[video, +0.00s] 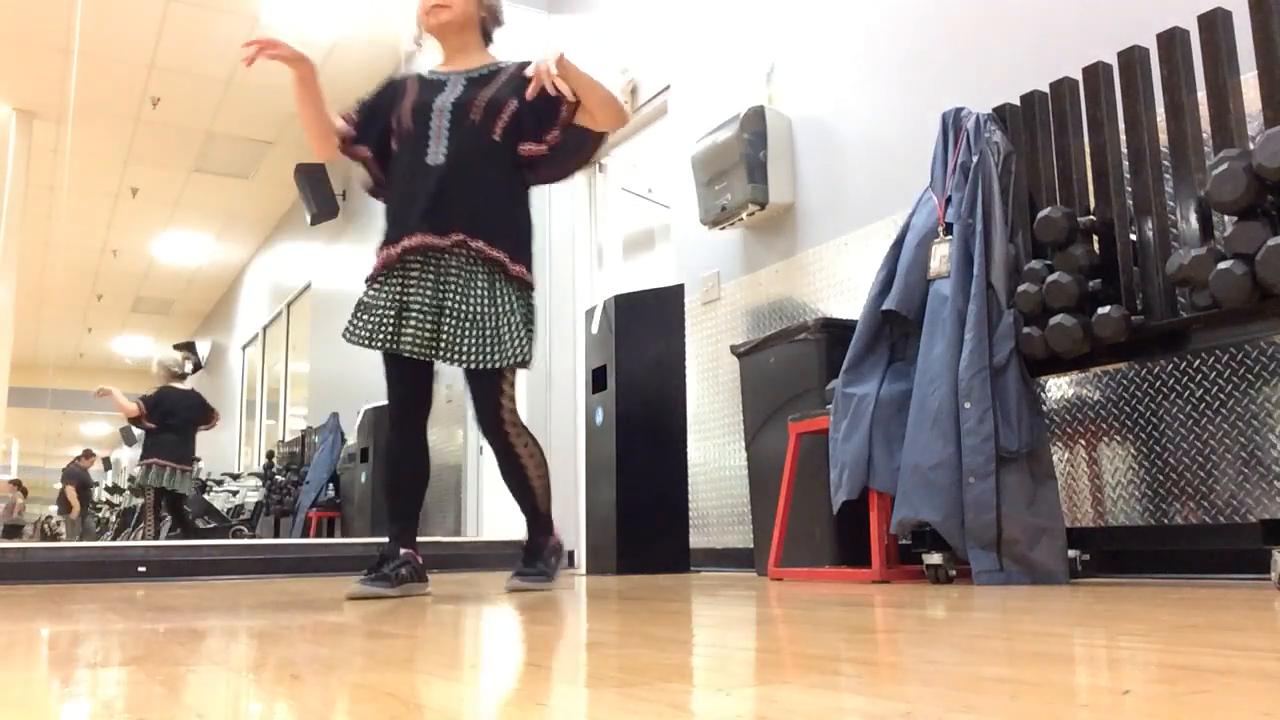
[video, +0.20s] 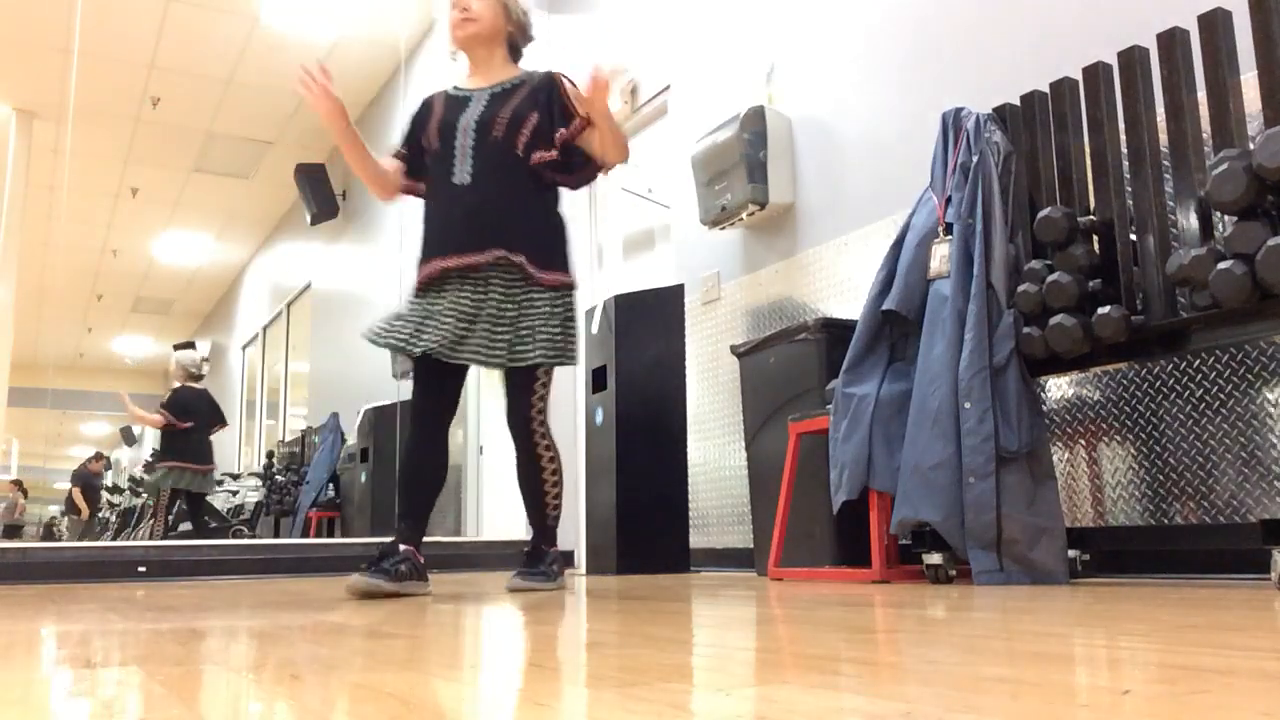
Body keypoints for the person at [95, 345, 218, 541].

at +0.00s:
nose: (156, 372)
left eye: (158, 369)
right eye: (157, 368)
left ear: (164, 371)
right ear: (182, 372)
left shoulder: (162, 394)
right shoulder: (195, 397)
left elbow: (132, 410)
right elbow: (213, 419)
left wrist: (113, 392)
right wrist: (190, 426)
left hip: (156, 462)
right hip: (183, 463)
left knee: (151, 510)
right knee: (177, 509)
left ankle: (147, 555)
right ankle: (195, 544)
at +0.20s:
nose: (171, 369)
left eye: (174, 366)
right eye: (173, 365)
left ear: (180, 370)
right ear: (197, 370)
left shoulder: (180, 393)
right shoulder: (204, 394)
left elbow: (160, 421)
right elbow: (220, 422)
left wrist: (133, 410)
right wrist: (199, 433)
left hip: (176, 465)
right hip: (201, 465)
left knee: (161, 512)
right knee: (198, 516)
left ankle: (153, 556)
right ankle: (206, 557)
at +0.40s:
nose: (183, 375)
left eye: (185, 371)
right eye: (184, 371)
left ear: (194, 372)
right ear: (204, 373)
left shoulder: (189, 394)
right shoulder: (216, 396)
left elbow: (177, 427)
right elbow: (226, 432)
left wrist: (154, 440)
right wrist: (205, 437)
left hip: (186, 468)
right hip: (212, 467)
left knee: (164, 506)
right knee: (202, 513)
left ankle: (166, 552)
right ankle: (211, 555)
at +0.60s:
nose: (188, 372)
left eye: (190, 367)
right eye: (189, 367)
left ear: (197, 369)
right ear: (212, 371)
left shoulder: (193, 391)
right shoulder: (220, 393)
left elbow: (192, 421)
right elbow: (233, 426)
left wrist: (178, 452)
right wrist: (213, 436)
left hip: (192, 464)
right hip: (215, 464)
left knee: (163, 502)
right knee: (205, 510)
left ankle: (163, 550)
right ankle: (214, 553)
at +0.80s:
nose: (189, 368)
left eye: (191, 364)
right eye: (190, 364)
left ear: (197, 367)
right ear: (213, 370)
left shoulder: (193, 388)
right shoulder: (219, 392)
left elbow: (190, 416)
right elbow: (228, 428)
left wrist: (176, 448)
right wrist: (208, 440)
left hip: (190, 463)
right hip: (214, 463)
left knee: (165, 504)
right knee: (206, 510)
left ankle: (166, 552)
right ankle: (215, 553)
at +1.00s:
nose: (185, 369)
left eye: (188, 365)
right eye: (186, 365)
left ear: (194, 367)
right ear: (209, 369)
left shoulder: (189, 388)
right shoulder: (215, 394)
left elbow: (175, 418)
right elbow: (219, 431)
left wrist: (156, 447)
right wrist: (196, 432)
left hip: (176, 462)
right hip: (202, 464)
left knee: (166, 510)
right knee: (194, 513)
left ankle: (166, 557)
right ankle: (204, 556)